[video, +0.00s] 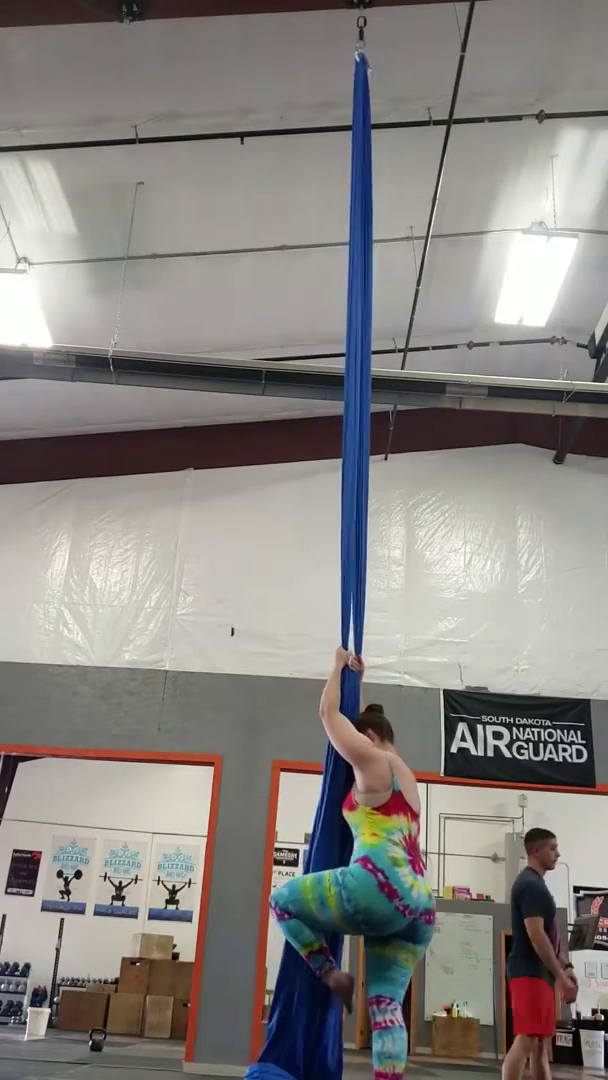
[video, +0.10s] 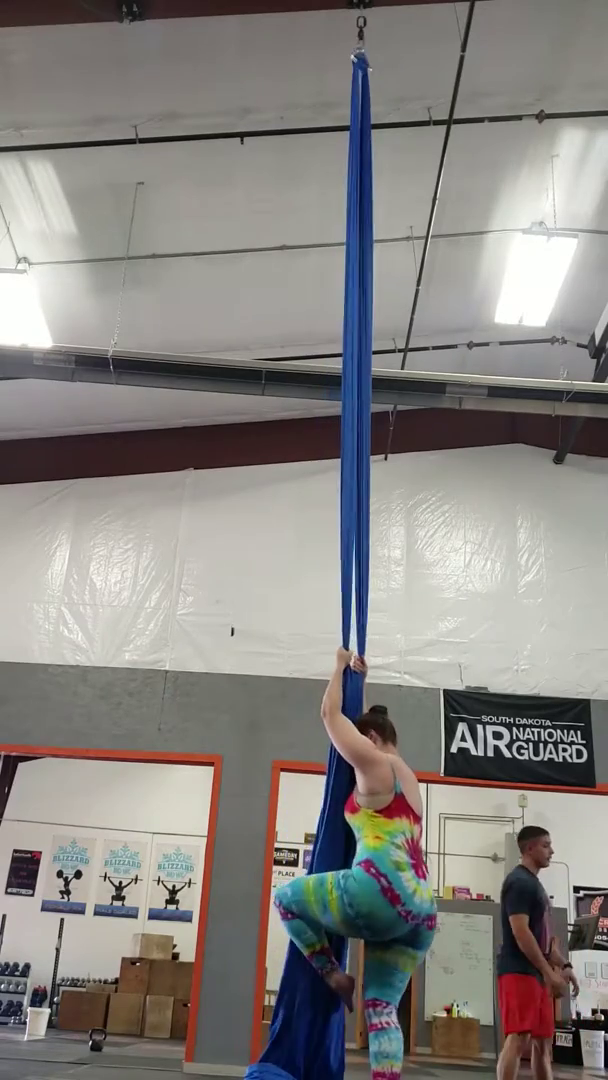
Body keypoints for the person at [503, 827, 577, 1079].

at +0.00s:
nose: (557, 854)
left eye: (556, 848)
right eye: (552, 848)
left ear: (537, 851)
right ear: (535, 850)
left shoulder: (536, 883)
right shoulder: (530, 884)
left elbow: (548, 933)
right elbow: (536, 935)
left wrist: (564, 967)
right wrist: (559, 975)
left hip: (539, 972)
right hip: (528, 972)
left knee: (540, 1040)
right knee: (525, 1040)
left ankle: (542, 1076)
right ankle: (508, 1076)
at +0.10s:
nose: (551, 851)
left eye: (550, 846)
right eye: (546, 846)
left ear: (533, 849)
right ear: (530, 848)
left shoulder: (533, 883)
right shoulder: (519, 881)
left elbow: (543, 935)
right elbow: (520, 931)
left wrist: (563, 965)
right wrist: (548, 972)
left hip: (536, 971)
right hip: (518, 971)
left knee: (543, 1041)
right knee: (516, 1039)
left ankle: (545, 1076)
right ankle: (504, 1077)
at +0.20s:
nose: (545, 847)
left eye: (545, 842)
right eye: (540, 842)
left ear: (528, 845)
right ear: (523, 844)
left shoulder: (535, 882)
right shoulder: (508, 878)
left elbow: (538, 927)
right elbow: (503, 927)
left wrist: (552, 957)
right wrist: (527, 967)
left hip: (537, 970)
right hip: (511, 971)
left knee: (547, 1037)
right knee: (511, 1040)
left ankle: (548, 1077)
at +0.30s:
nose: (541, 844)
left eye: (540, 839)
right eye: (535, 839)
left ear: (525, 843)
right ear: (517, 841)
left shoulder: (536, 881)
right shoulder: (501, 876)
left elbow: (538, 922)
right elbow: (489, 922)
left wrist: (544, 948)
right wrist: (502, 968)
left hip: (535, 972)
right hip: (509, 971)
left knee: (552, 1037)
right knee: (508, 1041)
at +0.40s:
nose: (537, 842)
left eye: (537, 837)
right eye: (531, 837)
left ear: (532, 841)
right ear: (513, 840)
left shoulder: (537, 880)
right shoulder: (495, 875)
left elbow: (542, 923)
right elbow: (481, 921)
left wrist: (543, 945)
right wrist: (481, 968)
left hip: (534, 971)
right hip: (504, 971)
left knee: (554, 1036)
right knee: (504, 1041)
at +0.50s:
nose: (536, 840)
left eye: (536, 836)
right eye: (530, 836)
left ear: (530, 840)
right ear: (511, 839)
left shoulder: (537, 879)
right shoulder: (492, 875)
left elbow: (545, 921)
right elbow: (474, 920)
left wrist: (545, 952)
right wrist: (469, 966)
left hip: (534, 969)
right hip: (501, 969)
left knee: (549, 1036)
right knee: (501, 1041)